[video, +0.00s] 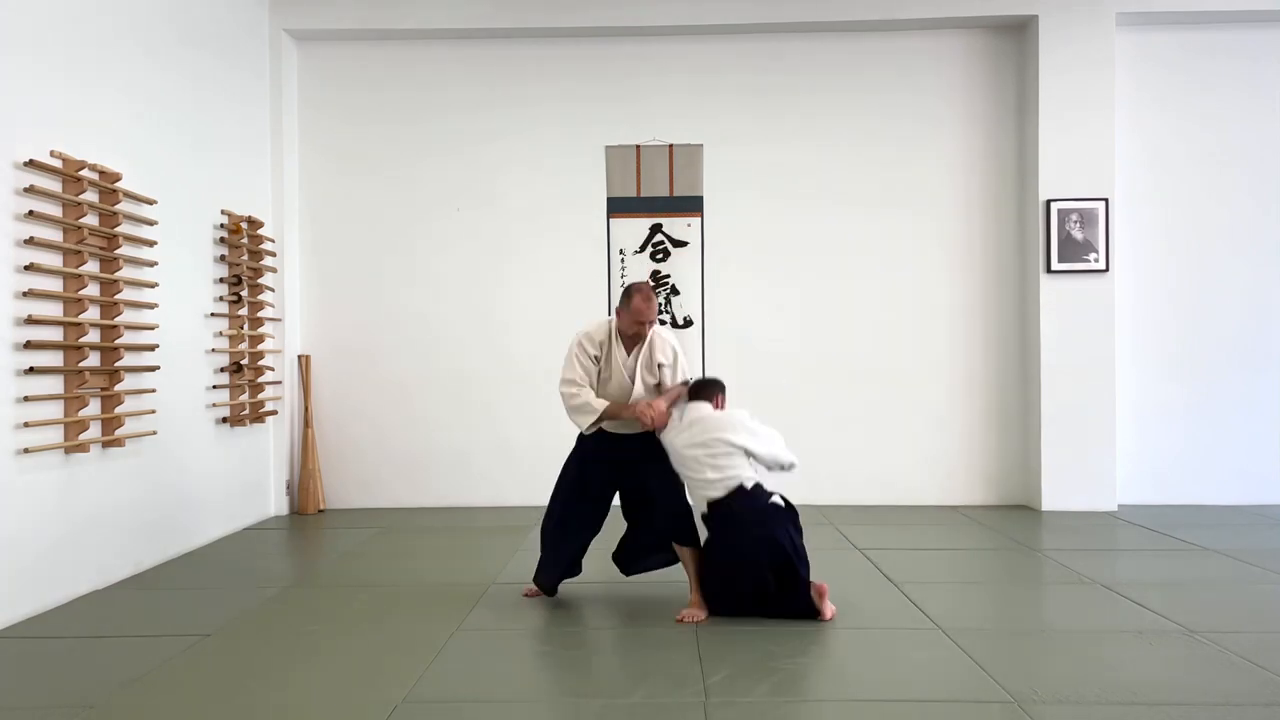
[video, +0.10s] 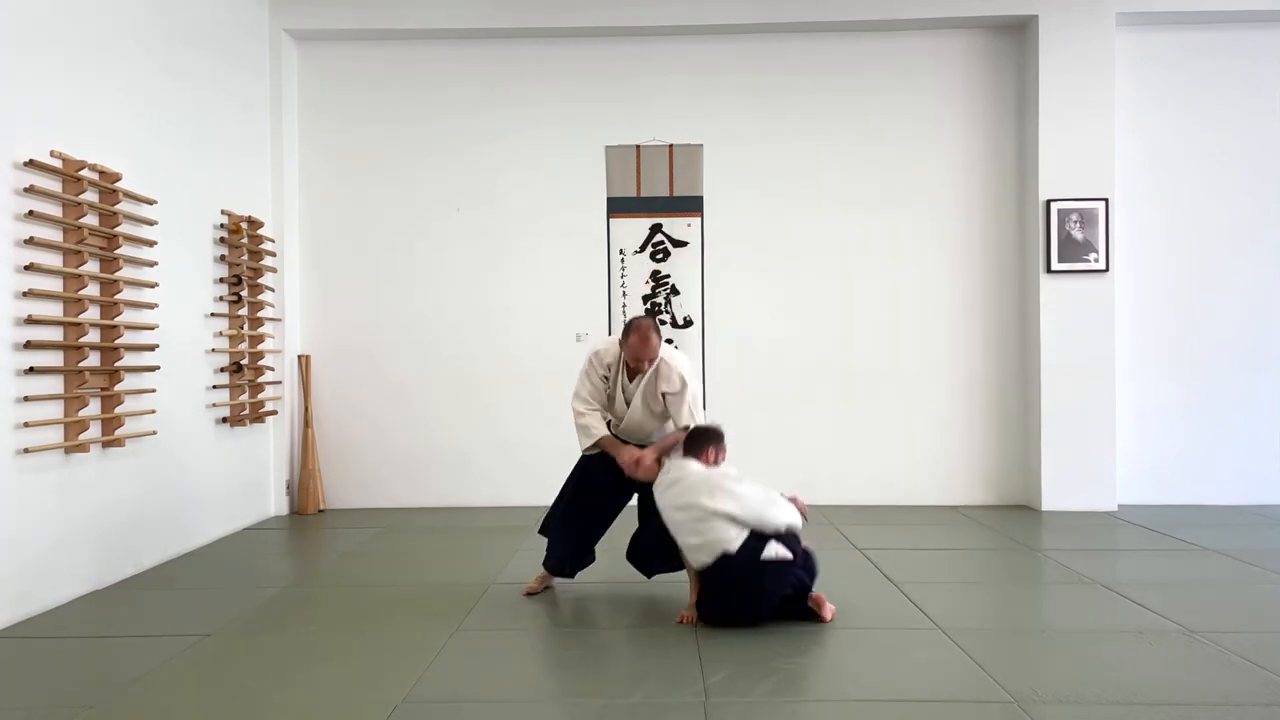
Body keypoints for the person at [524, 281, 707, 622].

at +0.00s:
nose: (646, 330)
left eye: (652, 323)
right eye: (639, 322)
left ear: (657, 317)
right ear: (618, 313)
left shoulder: (664, 344)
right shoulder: (590, 341)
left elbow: (679, 394)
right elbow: (573, 394)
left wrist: (660, 407)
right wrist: (627, 410)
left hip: (647, 442)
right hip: (599, 439)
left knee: (675, 511)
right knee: (567, 506)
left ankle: (697, 595)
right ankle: (547, 580)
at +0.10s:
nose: (643, 368)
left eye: (650, 361)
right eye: (635, 362)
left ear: (659, 349)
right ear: (622, 347)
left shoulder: (674, 370)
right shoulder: (602, 358)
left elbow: (688, 427)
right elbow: (584, 411)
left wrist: (654, 452)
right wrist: (619, 450)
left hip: (664, 452)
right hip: (613, 446)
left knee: (679, 517)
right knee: (575, 504)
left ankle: (697, 592)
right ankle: (549, 571)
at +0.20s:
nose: (647, 399)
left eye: (654, 393)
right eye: (640, 392)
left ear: (666, 379)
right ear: (629, 377)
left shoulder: (680, 397)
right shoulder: (611, 377)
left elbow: (681, 467)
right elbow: (591, 428)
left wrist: (641, 510)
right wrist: (606, 480)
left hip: (680, 453)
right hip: (632, 447)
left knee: (685, 514)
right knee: (580, 506)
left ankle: (691, 594)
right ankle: (563, 567)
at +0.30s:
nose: (648, 418)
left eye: (655, 413)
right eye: (641, 413)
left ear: (668, 396)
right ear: (632, 395)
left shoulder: (685, 413)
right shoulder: (617, 389)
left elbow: (663, 475)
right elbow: (598, 440)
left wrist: (630, 529)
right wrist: (603, 492)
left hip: (692, 454)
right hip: (642, 454)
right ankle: (584, 555)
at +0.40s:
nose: (647, 414)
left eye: (654, 408)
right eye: (640, 407)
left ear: (668, 392)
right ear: (630, 393)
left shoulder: (685, 413)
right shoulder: (618, 394)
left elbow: (674, 474)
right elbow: (604, 436)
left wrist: (647, 533)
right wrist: (605, 484)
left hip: (691, 464)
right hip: (646, 461)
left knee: (686, 533)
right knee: (607, 530)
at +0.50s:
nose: (642, 392)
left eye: (649, 386)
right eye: (635, 385)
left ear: (663, 371)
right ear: (627, 375)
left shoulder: (680, 399)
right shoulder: (616, 386)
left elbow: (689, 454)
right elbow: (608, 429)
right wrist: (609, 474)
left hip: (677, 466)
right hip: (644, 460)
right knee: (629, 528)